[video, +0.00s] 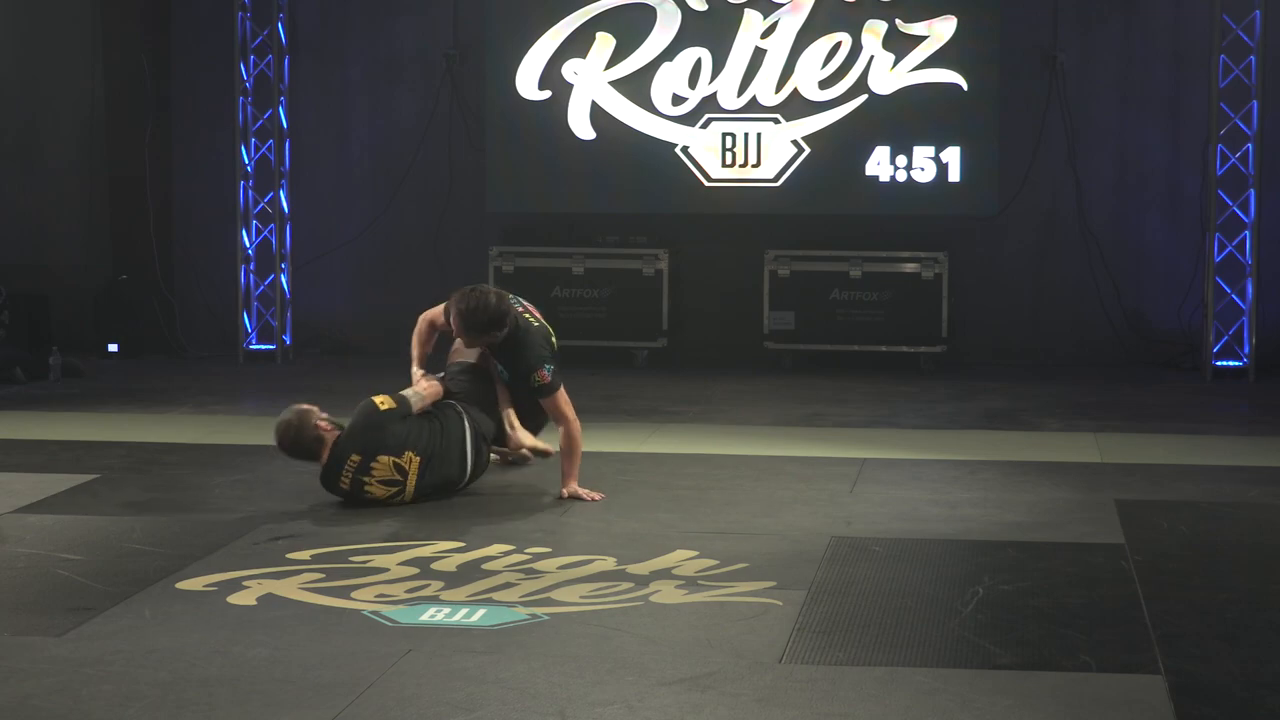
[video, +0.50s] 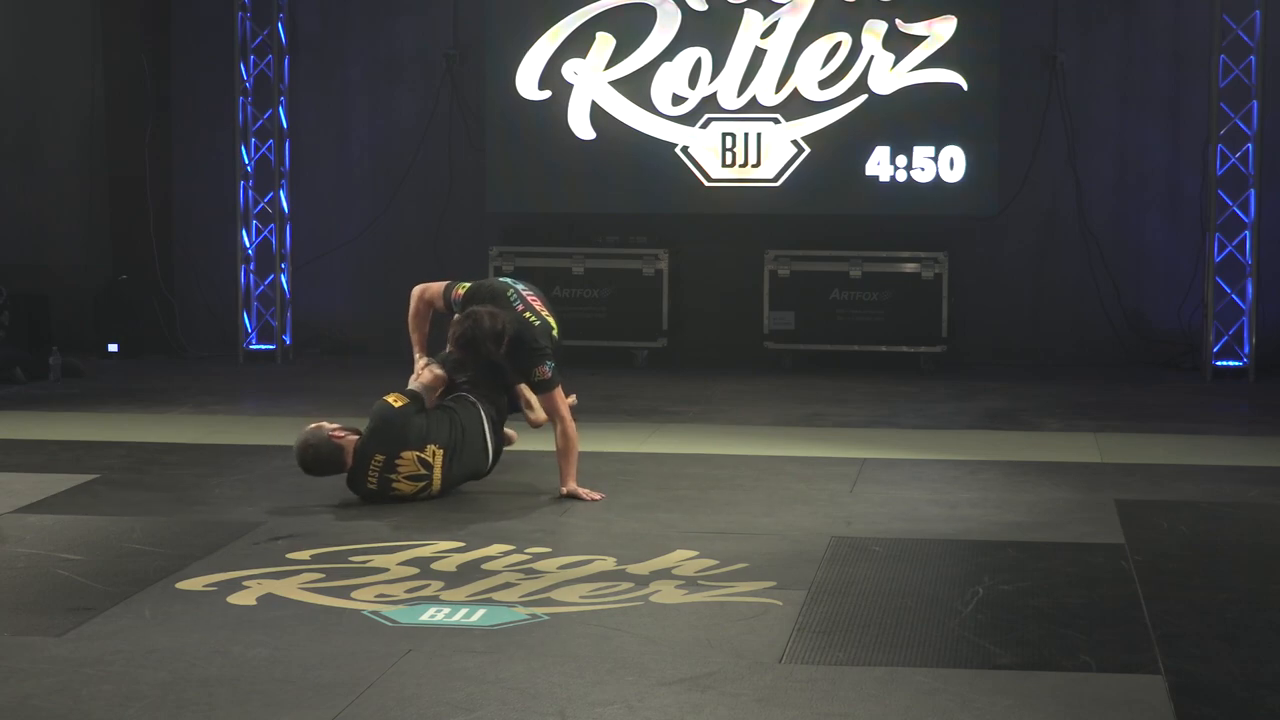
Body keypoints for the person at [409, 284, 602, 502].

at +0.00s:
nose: (455, 336)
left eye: (462, 336)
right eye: (454, 327)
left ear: (492, 337)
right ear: (459, 310)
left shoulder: (532, 357)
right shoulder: (470, 306)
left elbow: (569, 422)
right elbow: (427, 321)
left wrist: (570, 484)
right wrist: (417, 368)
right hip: (492, 365)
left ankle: (509, 453)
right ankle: (513, 432)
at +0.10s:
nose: (456, 340)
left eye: (464, 341)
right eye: (454, 333)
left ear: (493, 335)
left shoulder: (535, 359)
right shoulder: (474, 304)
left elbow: (571, 422)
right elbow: (430, 318)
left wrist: (569, 484)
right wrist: (424, 365)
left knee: (512, 449)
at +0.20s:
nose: (464, 348)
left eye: (472, 344)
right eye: (459, 339)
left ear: (499, 330)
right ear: (456, 312)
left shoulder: (534, 356)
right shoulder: (475, 297)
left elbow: (569, 420)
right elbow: (430, 308)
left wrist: (569, 485)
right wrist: (427, 360)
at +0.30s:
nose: (463, 348)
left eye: (470, 346)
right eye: (459, 341)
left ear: (500, 333)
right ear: (462, 309)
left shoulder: (534, 348)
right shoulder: (475, 291)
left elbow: (566, 419)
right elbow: (428, 298)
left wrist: (569, 484)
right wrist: (428, 357)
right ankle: (502, 445)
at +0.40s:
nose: (457, 349)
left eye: (464, 347)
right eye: (456, 341)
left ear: (500, 340)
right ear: (463, 309)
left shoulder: (537, 350)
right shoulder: (479, 289)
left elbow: (565, 418)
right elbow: (426, 294)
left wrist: (569, 483)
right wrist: (424, 354)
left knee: (533, 419)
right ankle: (497, 440)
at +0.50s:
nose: (457, 358)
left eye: (465, 356)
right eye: (456, 352)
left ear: (493, 350)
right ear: (458, 324)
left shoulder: (535, 354)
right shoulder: (472, 296)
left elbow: (564, 421)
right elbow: (420, 294)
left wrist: (569, 483)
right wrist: (420, 355)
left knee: (536, 417)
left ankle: (562, 407)